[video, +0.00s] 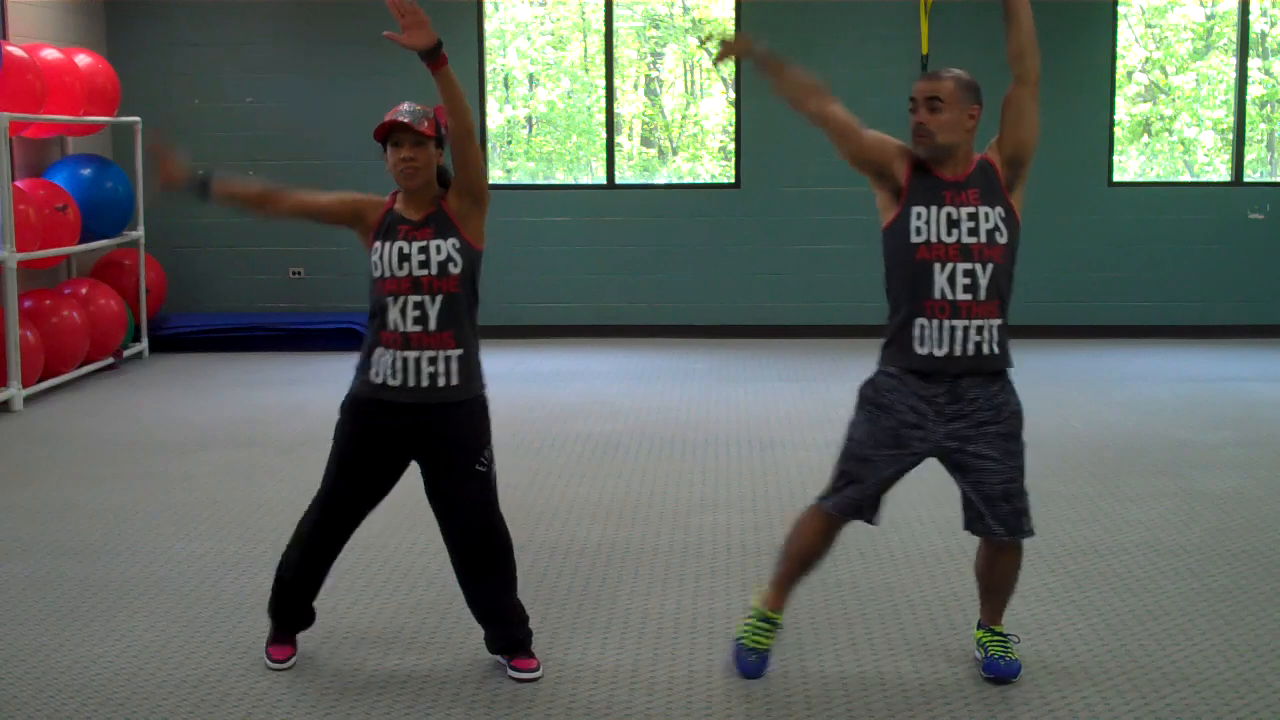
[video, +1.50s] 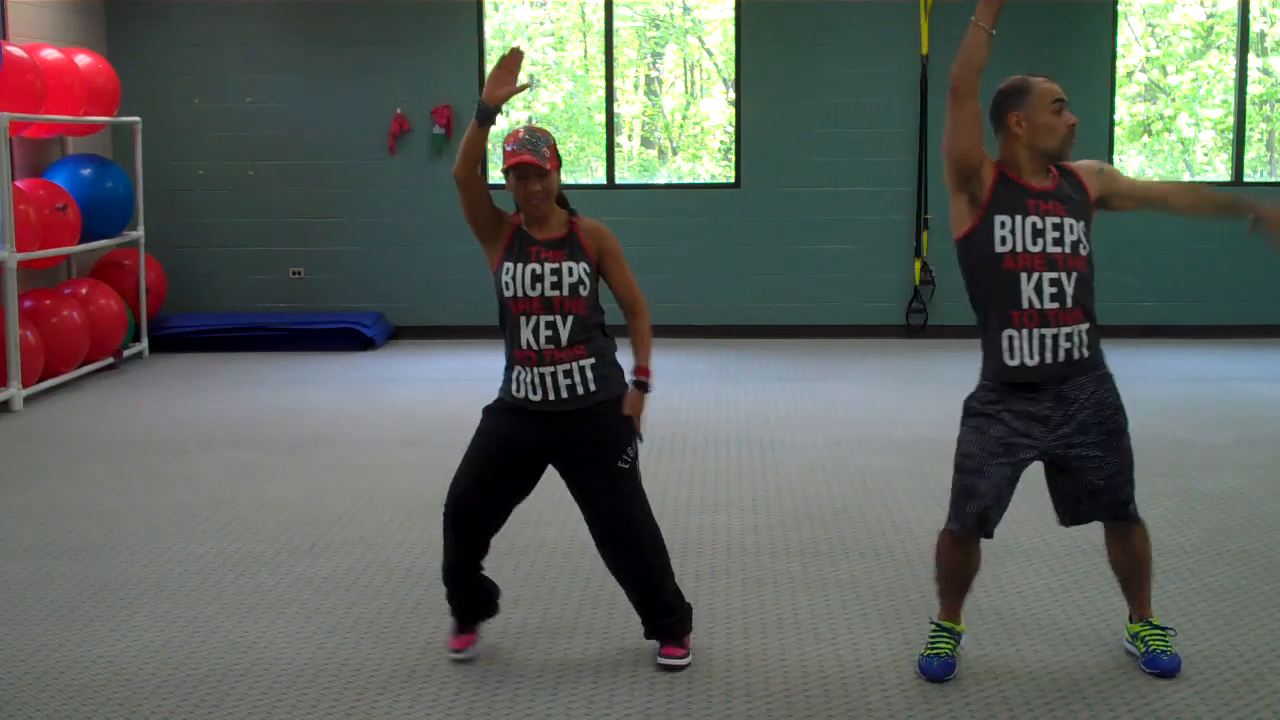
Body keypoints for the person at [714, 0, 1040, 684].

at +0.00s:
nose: (921, 117)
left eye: (936, 106)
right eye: (915, 107)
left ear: (974, 116)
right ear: (911, 117)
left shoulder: (1003, 171)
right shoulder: (895, 169)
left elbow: (1026, 77)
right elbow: (822, 105)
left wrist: (1016, 1)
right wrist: (756, 53)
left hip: (984, 394)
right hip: (902, 390)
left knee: (1004, 525)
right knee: (840, 504)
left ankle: (992, 631)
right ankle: (769, 609)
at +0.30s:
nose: (892, 125)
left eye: (908, 115)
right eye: (889, 114)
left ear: (946, 129)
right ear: (886, 123)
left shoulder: (975, 189)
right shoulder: (857, 195)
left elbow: (1013, 95)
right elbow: (795, 241)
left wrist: (1004, 4)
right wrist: (748, 280)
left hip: (944, 403)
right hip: (862, 399)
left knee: (990, 529)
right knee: (801, 517)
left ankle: (999, 627)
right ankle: (752, 618)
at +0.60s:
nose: (953, 121)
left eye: (965, 112)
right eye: (939, 112)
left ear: (982, 126)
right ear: (919, 128)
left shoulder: (1008, 177)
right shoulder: (902, 193)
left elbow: (1044, 89)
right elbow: (862, 192)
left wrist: (1020, 5)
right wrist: (890, 100)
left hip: (1010, 397)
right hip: (930, 395)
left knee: (1026, 535)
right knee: (876, 517)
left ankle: (999, 631)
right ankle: (845, 609)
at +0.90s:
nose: (973, 112)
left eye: (985, 102)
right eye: (958, 104)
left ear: (1003, 117)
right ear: (940, 122)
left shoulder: (1027, 175)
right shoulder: (926, 182)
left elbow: (1038, 74)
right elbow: (920, 84)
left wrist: (1024, 1)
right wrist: (950, 3)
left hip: (1016, 392)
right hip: (937, 393)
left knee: (1031, 526)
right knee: (919, 523)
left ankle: (1001, 625)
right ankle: (939, 624)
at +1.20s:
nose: (1033, 123)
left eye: (1033, 114)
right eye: (1019, 112)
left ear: (1029, 130)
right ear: (979, 129)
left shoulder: (1043, 183)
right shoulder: (940, 185)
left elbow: (1104, 109)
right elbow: (930, 88)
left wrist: (1135, 31)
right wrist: (975, 14)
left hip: (1034, 396)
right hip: (955, 400)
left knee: (1092, 517)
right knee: (946, 534)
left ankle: (1091, 615)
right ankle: (949, 631)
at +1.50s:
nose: (1070, 117)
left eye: (1068, 107)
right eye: (1056, 108)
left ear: (1049, 123)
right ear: (1013, 125)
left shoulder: (1088, 180)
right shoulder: (976, 184)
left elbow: (1174, 195)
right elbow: (961, 85)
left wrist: (1251, 207)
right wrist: (988, 7)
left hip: (1085, 391)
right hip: (1005, 397)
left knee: (1122, 513)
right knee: (964, 523)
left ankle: (1143, 623)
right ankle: (947, 624)